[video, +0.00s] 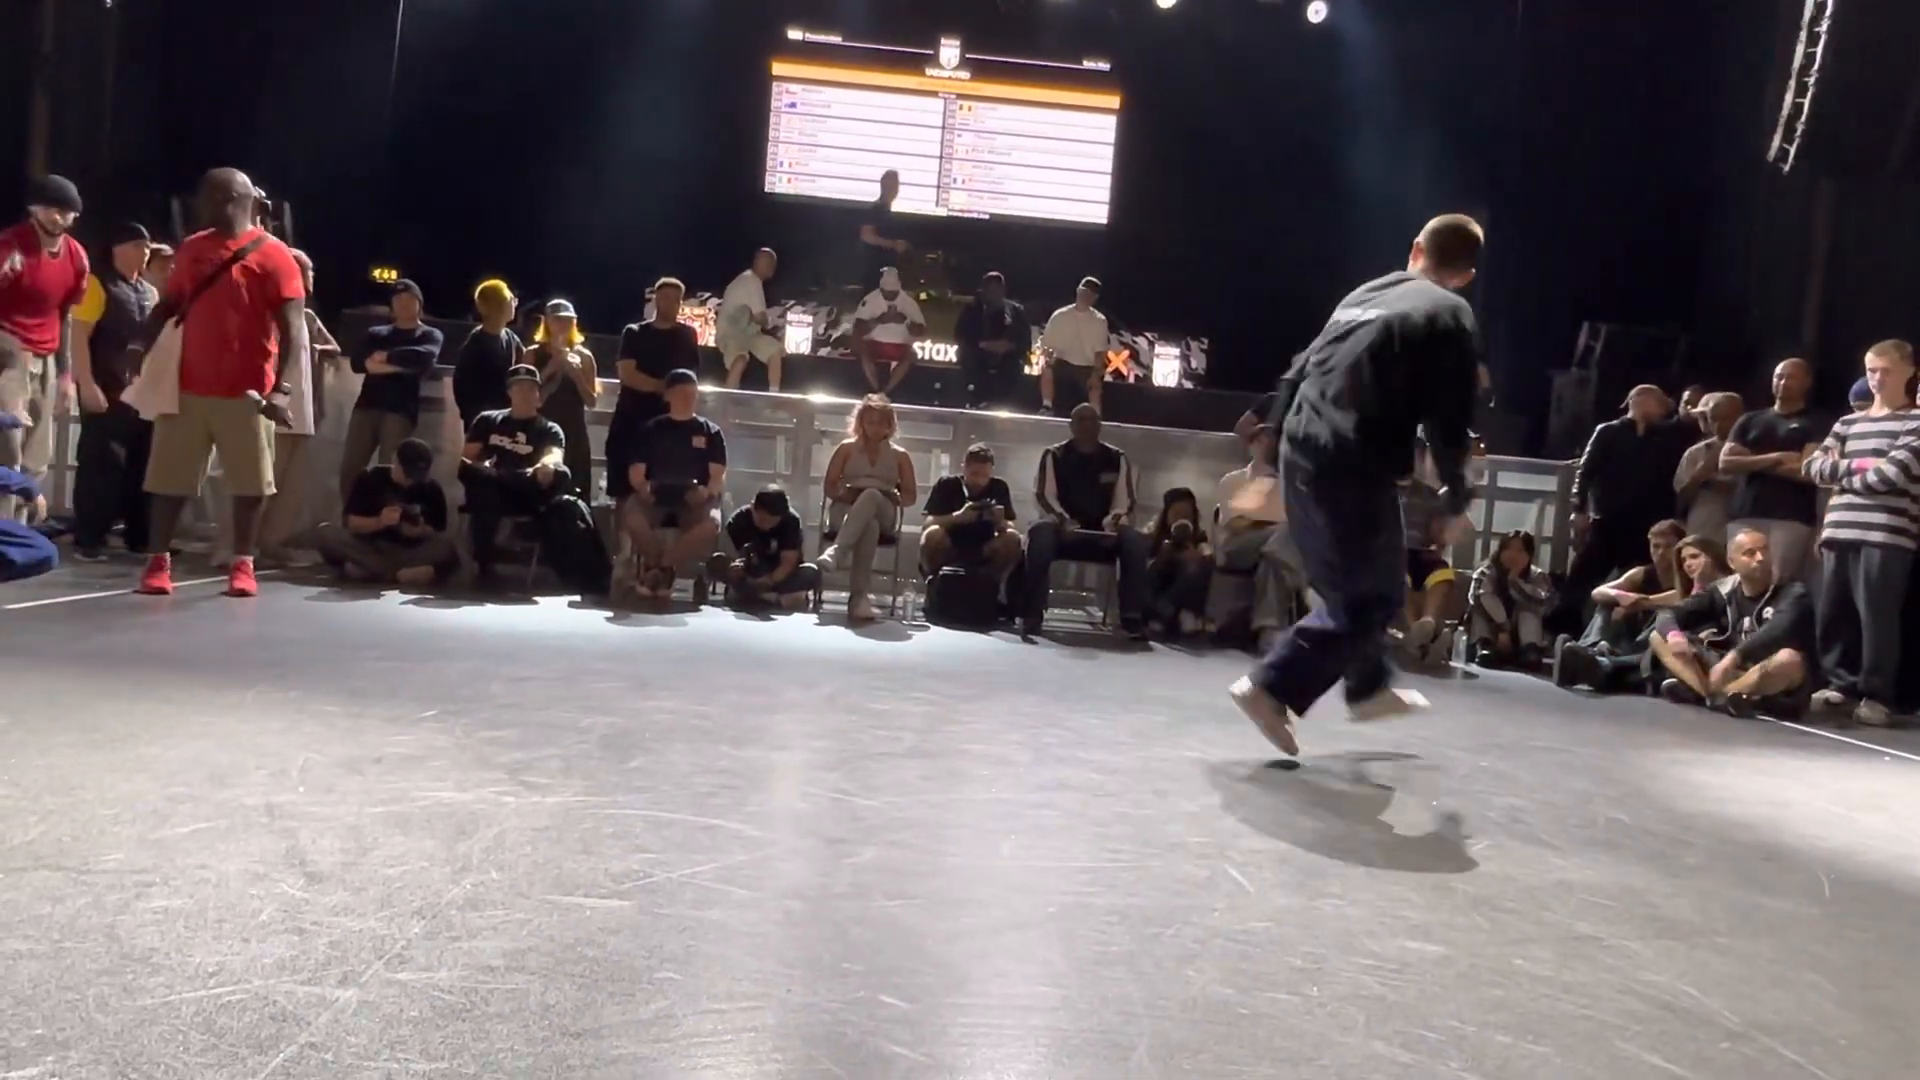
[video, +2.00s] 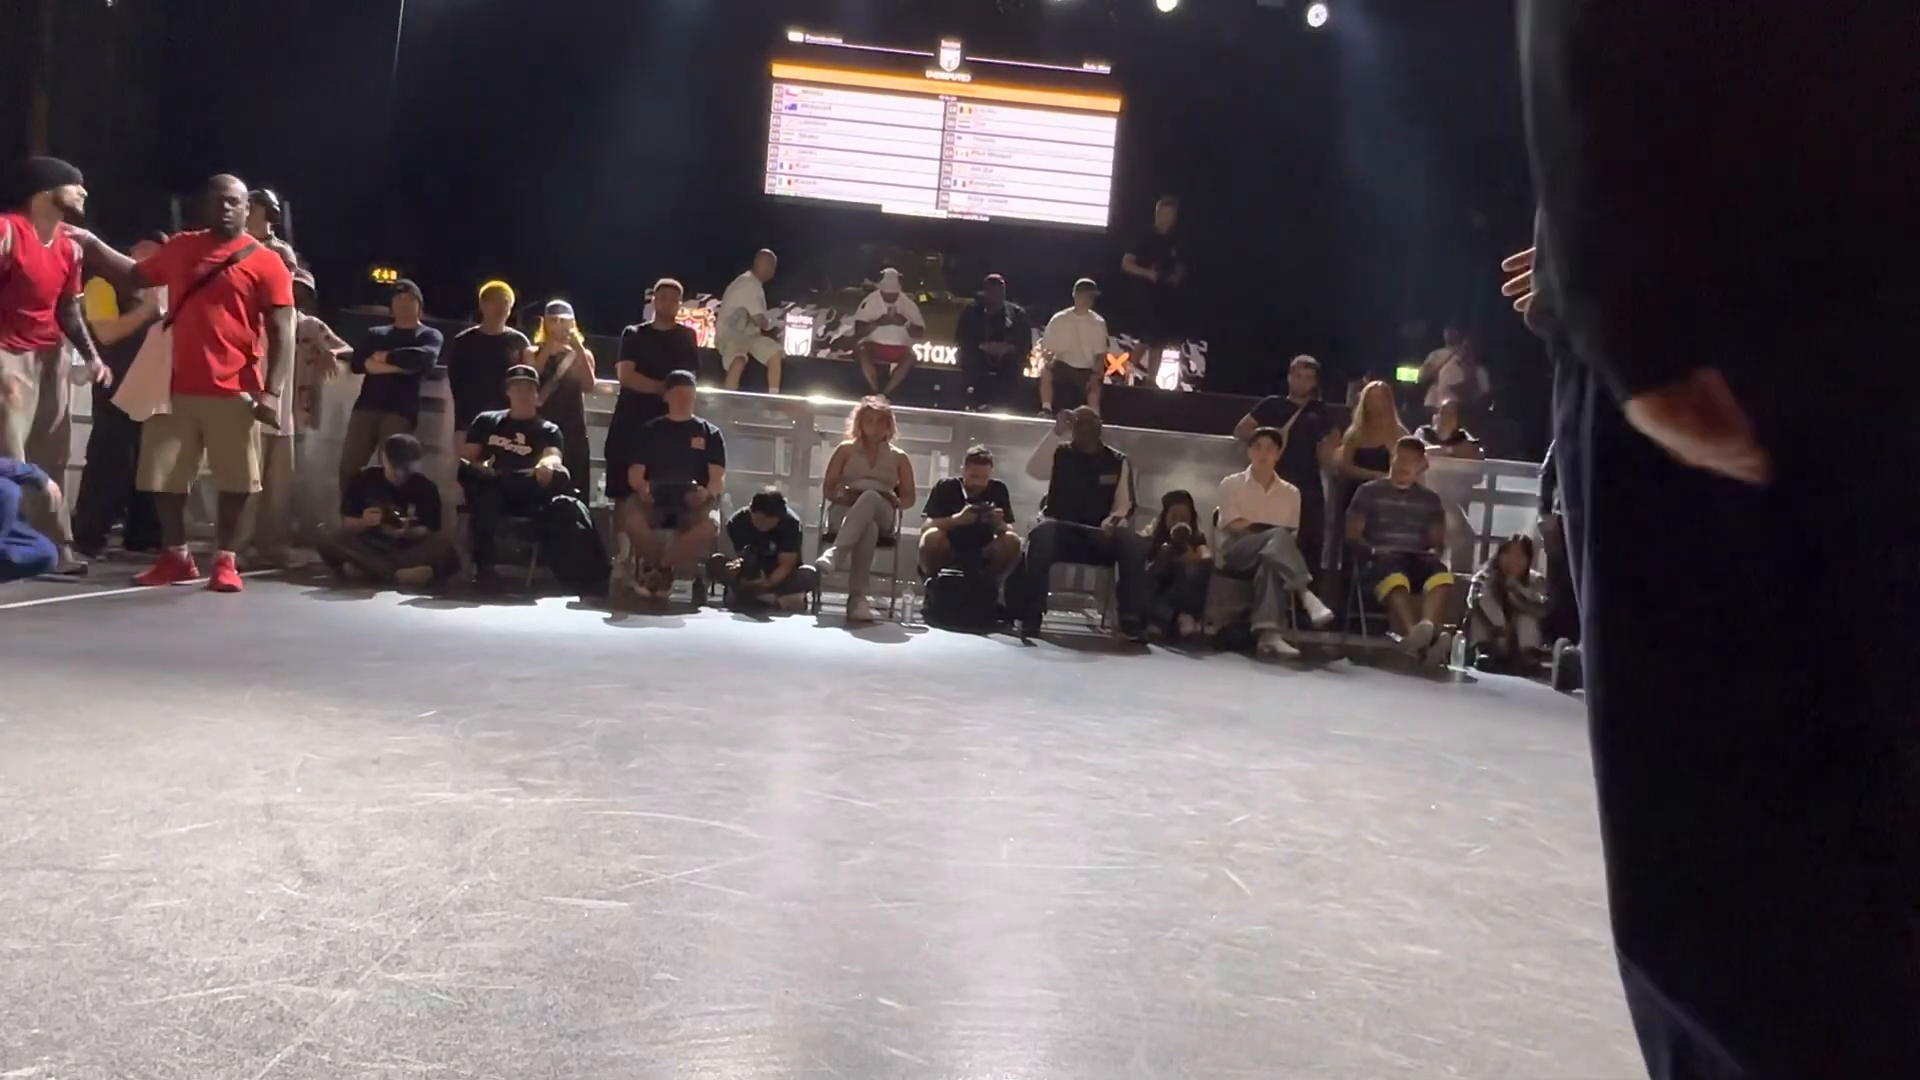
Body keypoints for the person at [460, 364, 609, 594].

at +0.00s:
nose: (527, 394)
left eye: (532, 389)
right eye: (522, 388)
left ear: (539, 395)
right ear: (509, 392)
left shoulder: (550, 429)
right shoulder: (487, 420)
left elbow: (553, 457)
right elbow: (467, 462)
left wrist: (546, 466)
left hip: (531, 488)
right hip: (494, 485)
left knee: (560, 475)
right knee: (481, 484)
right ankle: (484, 566)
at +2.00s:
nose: (523, 394)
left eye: (528, 389)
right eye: (518, 388)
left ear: (537, 395)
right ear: (507, 391)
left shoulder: (548, 430)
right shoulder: (486, 421)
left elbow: (553, 458)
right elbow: (466, 461)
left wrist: (548, 467)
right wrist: (488, 471)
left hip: (530, 490)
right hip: (493, 487)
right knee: (482, 492)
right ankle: (485, 568)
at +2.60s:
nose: (518, 400)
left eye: (523, 395)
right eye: (513, 394)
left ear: (531, 400)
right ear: (502, 398)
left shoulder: (543, 436)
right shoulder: (481, 428)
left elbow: (546, 467)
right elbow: (460, 468)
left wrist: (543, 472)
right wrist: (478, 477)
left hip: (524, 494)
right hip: (489, 493)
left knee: (552, 484)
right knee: (474, 495)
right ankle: (479, 576)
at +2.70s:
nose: (516, 401)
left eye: (521, 396)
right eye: (511, 395)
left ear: (529, 401)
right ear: (500, 399)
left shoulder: (541, 437)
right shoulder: (479, 428)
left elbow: (543, 472)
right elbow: (458, 469)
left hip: (522, 495)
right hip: (486, 494)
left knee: (550, 485)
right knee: (472, 495)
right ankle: (477, 577)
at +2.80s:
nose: (514, 401)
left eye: (518, 396)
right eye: (508, 395)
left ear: (527, 402)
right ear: (498, 400)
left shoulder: (540, 438)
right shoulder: (477, 429)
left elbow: (543, 466)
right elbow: (457, 471)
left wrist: (538, 474)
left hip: (521, 495)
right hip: (486, 494)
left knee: (550, 486)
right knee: (469, 496)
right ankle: (475, 577)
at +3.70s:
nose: (498, 423)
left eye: (502, 417)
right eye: (492, 417)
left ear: (512, 421)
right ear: (482, 421)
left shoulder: (524, 457)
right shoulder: (461, 449)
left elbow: (529, 482)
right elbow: (442, 488)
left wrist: (522, 492)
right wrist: (458, 496)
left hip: (506, 514)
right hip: (470, 512)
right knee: (457, 518)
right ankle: (464, 597)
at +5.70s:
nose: (514, 438)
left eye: (519, 433)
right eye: (508, 433)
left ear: (528, 437)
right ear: (498, 436)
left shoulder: (541, 471)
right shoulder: (479, 466)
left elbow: (546, 496)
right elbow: (459, 507)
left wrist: (542, 505)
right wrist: (473, 512)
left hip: (524, 528)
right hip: (489, 528)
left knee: (553, 517)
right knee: (474, 533)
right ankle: (483, 612)